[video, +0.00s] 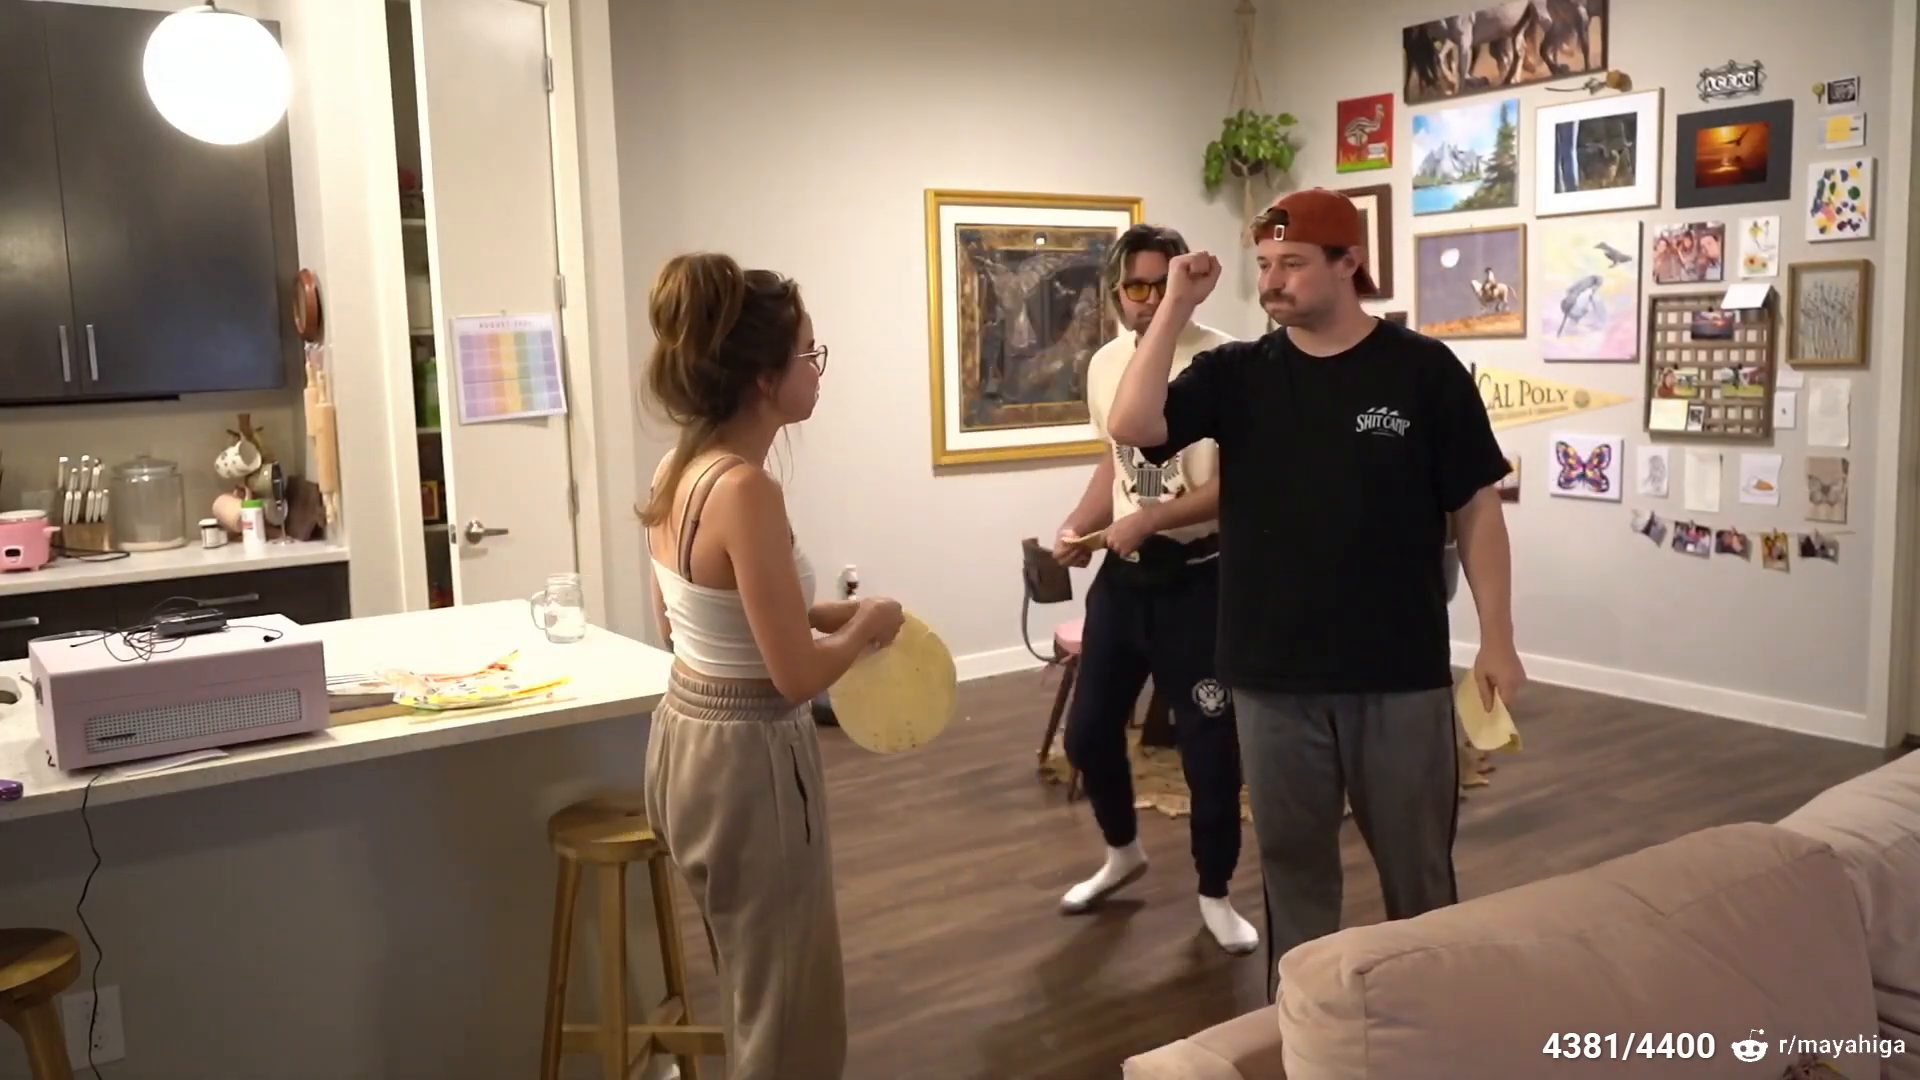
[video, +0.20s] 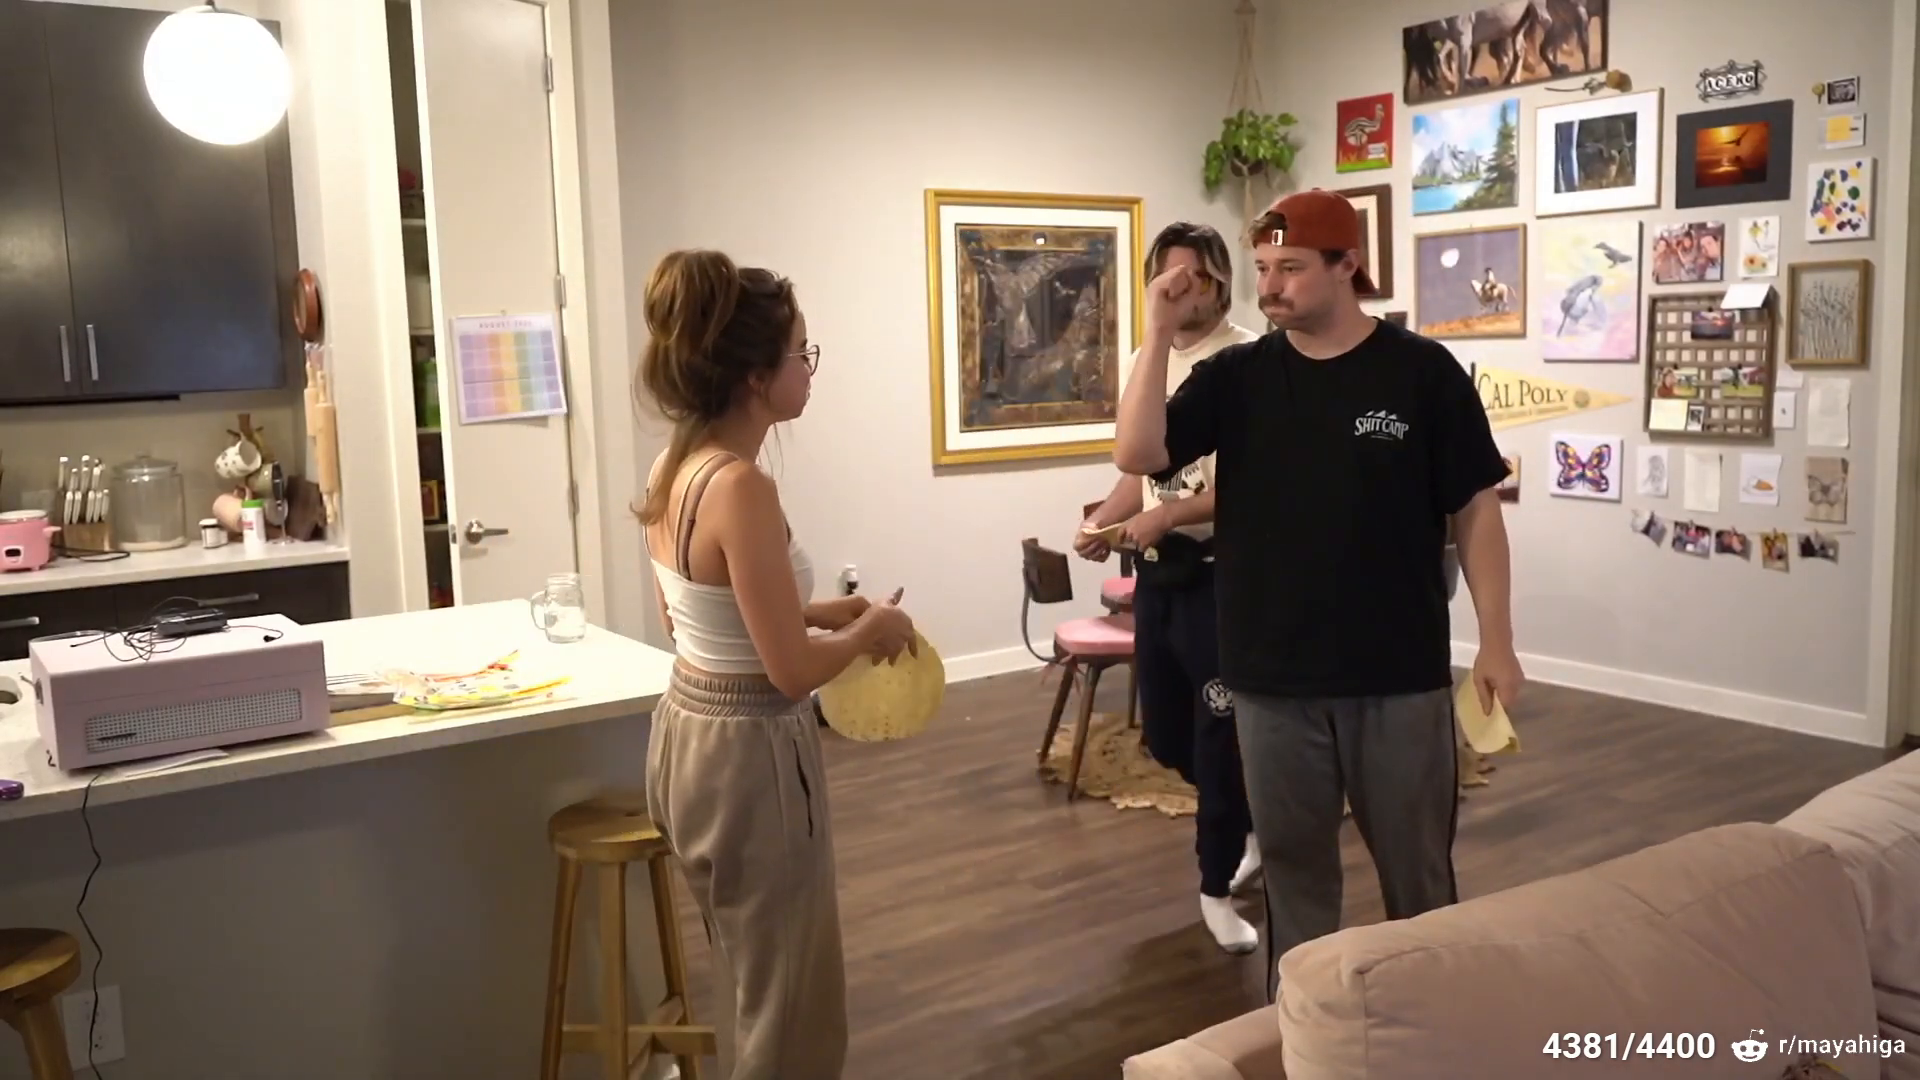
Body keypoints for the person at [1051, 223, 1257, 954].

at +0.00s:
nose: (1144, 300)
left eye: (1158, 287)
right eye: (1133, 287)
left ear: (1184, 291)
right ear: (1116, 291)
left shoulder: (1218, 363)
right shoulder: (1105, 364)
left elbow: (1234, 485)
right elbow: (1114, 462)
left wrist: (1150, 519)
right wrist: (1077, 524)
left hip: (1200, 577)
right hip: (1125, 574)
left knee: (1210, 748)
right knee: (1090, 733)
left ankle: (1215, 896)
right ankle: (1123, 852)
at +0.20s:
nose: (1174, 287)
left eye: (1188, 276)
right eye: (1165, 275)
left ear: (1216, 285)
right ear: (1152, 287)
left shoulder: (1250, 361)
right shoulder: (1149, 362)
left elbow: (1257, 482)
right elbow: (1139, 468)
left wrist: (1171, 514)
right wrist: (1107, 517)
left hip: (1226, 570)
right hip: (1160, 566)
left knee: (1220, 741)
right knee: (1165, 734)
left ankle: (1216, 889)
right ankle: (1249, 826)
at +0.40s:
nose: (1180, 296)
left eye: (1193, 284)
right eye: (1172, 286)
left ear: (1227, 288)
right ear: (1168, 298)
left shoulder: (1267, 368)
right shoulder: (1176, 377)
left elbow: (1278, 486)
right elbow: (1161, 473)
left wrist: (1187, 512)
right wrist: (1125, 518)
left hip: (1260, 569)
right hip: (1196, 568)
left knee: (1232, 730)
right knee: (1217, 725)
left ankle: (1222, 883)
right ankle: (1262, 854)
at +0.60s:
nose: (1186, 299)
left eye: (1198, 286)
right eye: (1175, 291)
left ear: (1231, 288)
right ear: (1169, 303)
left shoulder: (1267, 368)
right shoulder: (1184, 378)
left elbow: (1275, 476)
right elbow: (1187, 474)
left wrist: (1192, 513)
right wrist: (1157, 514)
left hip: (1250, 577)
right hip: (1197, 574)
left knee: (1227, 736)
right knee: (1212, 729)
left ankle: (1229, 878)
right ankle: (1263, 855)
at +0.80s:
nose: (1189, 301)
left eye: (1200, 288)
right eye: (1177, 294)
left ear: (1233, 287)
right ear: (1170, 302)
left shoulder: (1269, 364)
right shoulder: (1193, 377)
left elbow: (1272, 474)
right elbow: (1190, 473)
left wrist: (1187, 517)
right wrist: (1178, 512)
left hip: (1260, 578)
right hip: (1206, 576)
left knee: (1244, 735)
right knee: (1219, 736)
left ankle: (1252, 878)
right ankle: (1241, 875)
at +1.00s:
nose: (1178, 302)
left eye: (1189, 288)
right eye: (1170, 293)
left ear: (1226, 287)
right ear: (1168, 301)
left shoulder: (1262, 365)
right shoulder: (1198, 375)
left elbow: (1255, 480)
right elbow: (1187, 475)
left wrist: (1189, 549)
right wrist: (1159, 545)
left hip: (1250, 575)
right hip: (1203, 574)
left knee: (1225, 737)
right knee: (1221, 731)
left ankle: (1237, 881)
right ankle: (1255, 866)